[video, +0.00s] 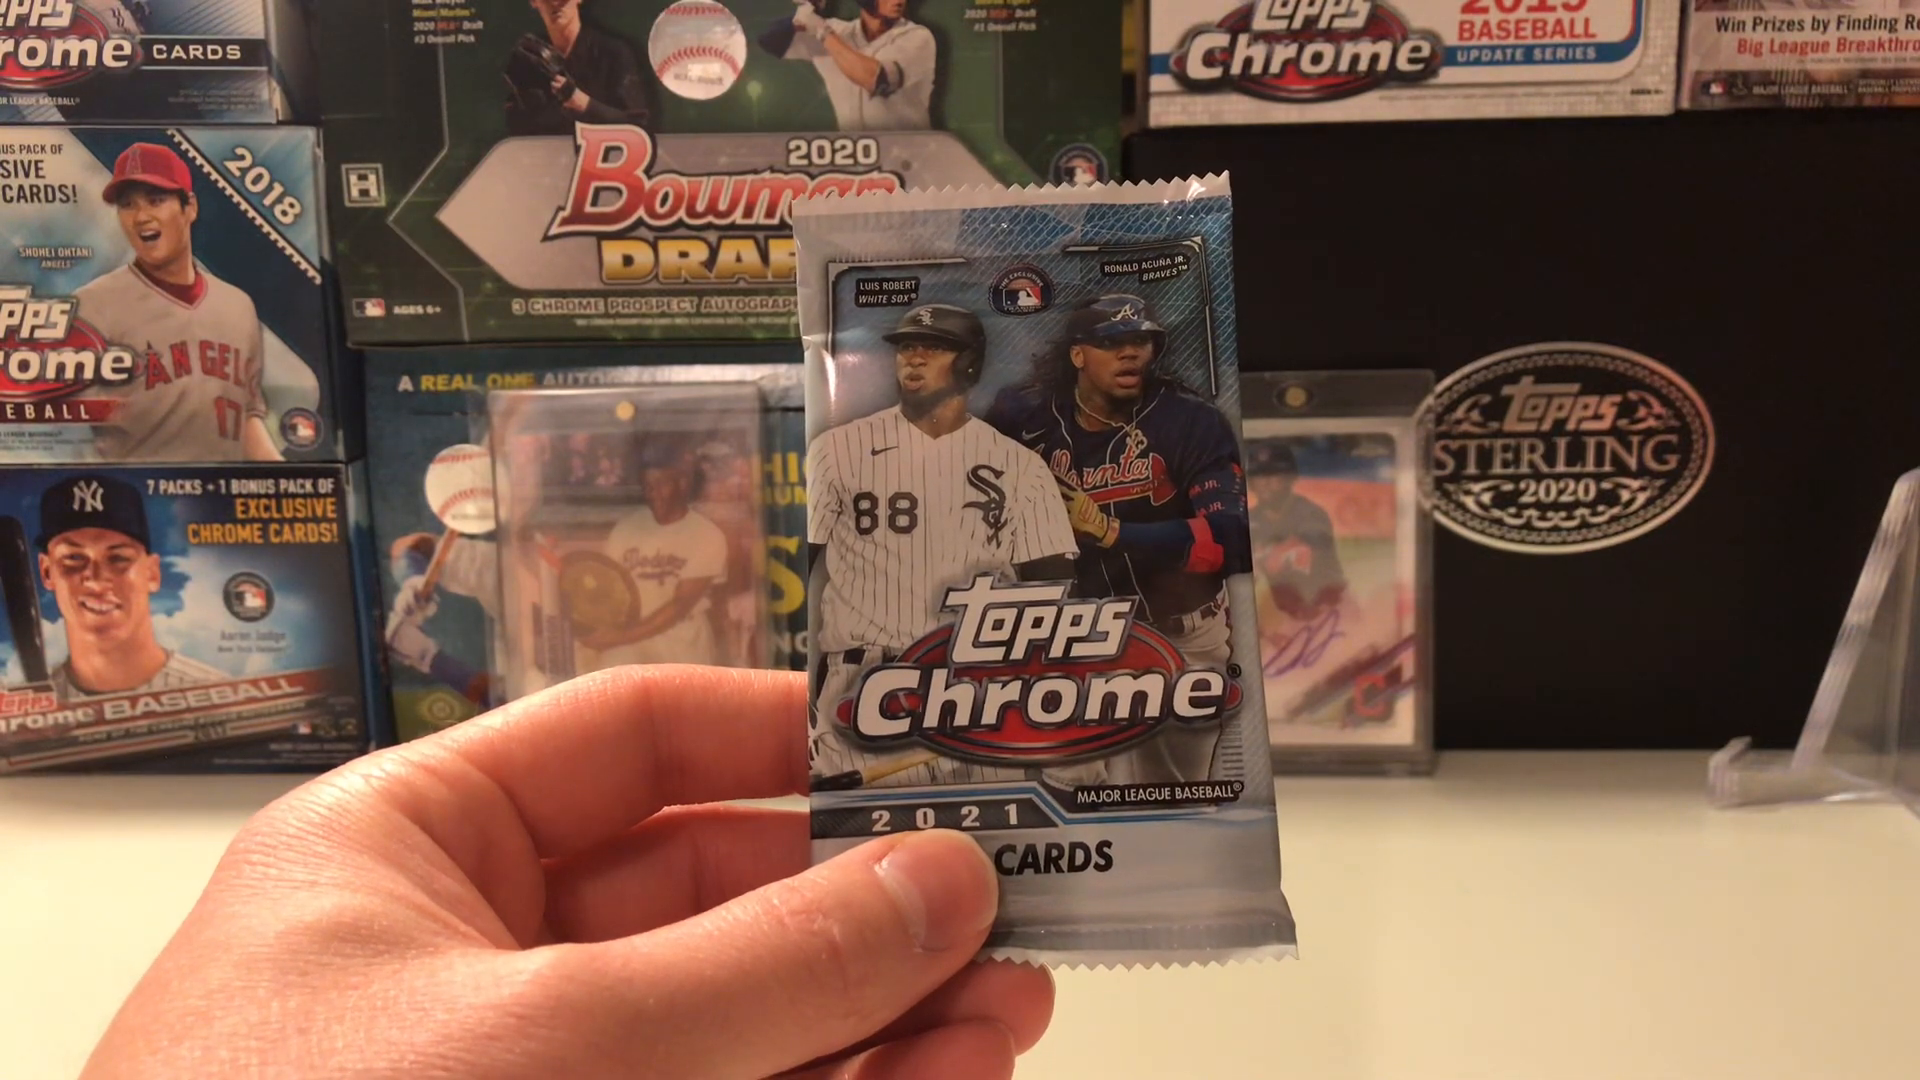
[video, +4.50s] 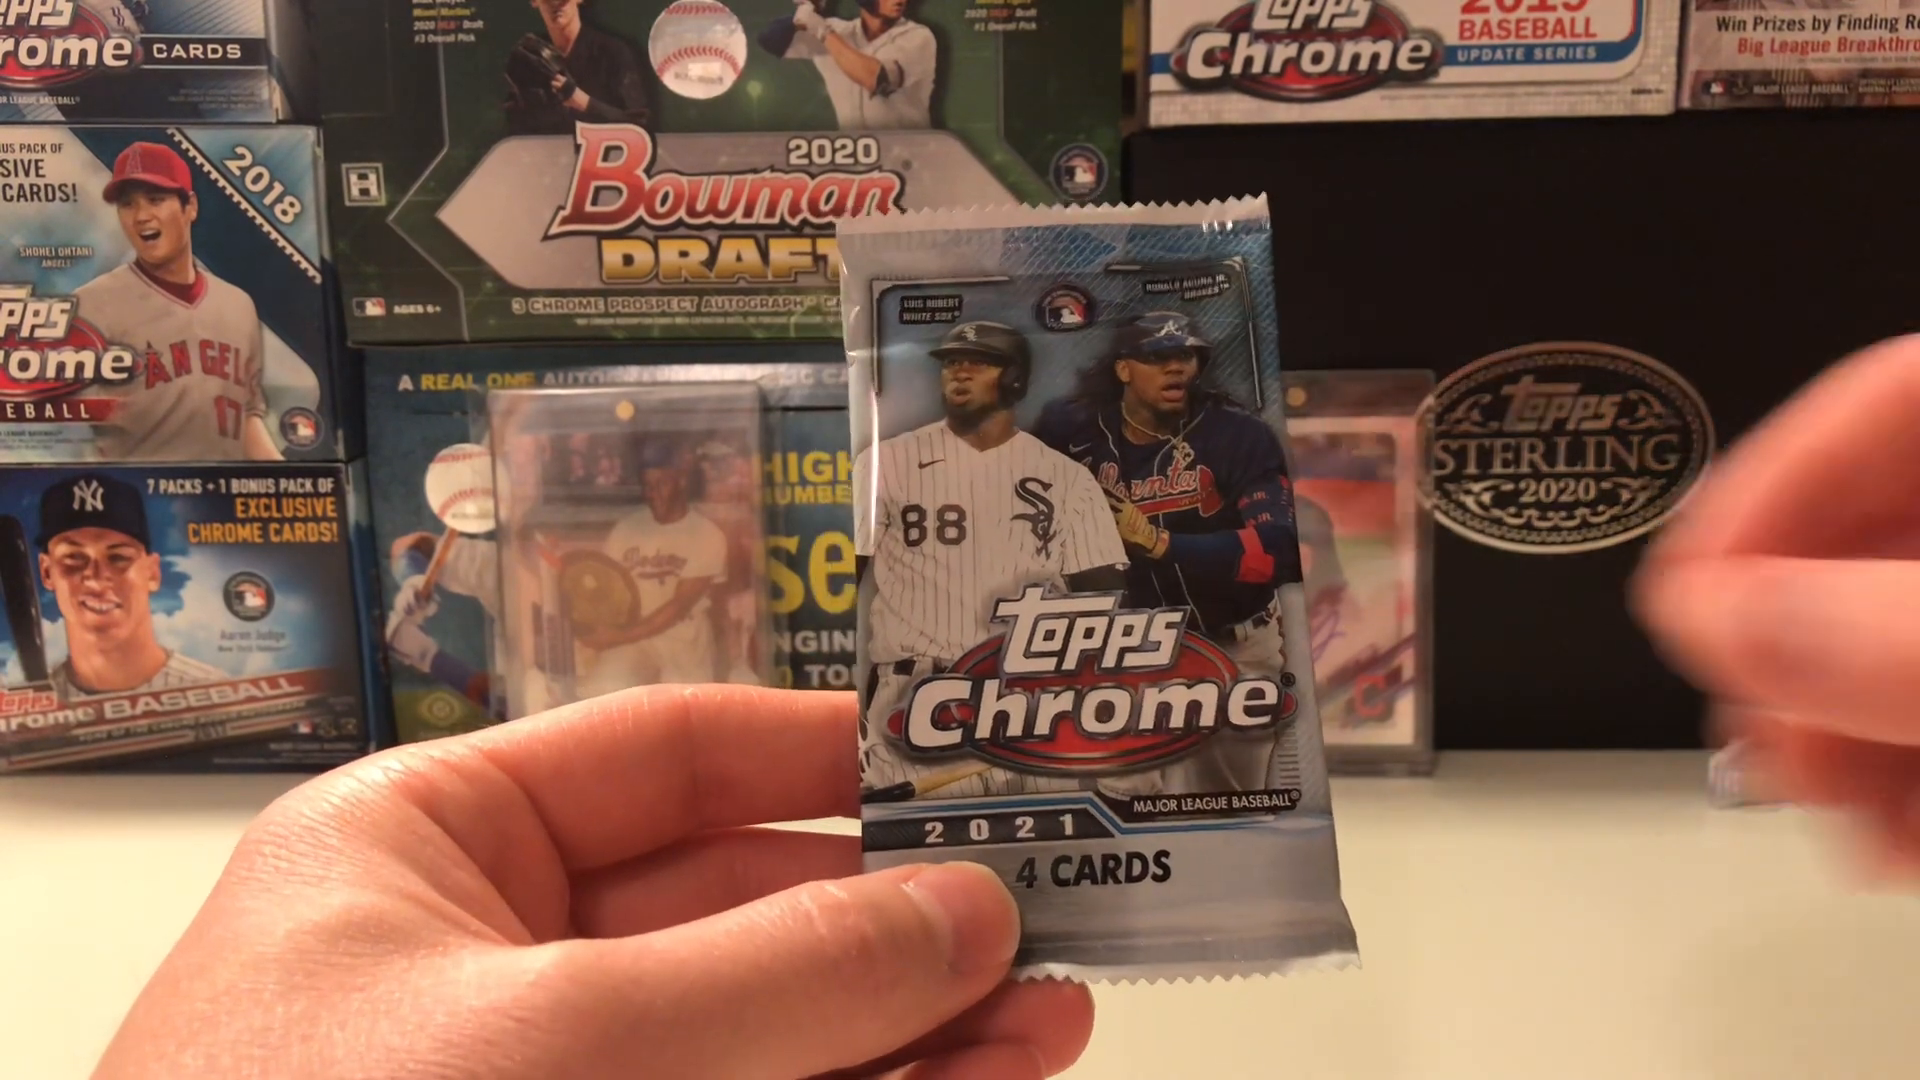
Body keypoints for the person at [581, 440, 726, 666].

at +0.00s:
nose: (653, 494)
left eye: (661, 484)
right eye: (647, 486)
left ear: (683, 484)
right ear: (642, 487)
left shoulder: (707, 536)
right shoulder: (625, 530)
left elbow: (680, 607)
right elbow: (605, 591)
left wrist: (619, 637)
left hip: (684, 660)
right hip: (627, 661)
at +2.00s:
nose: (653, 495)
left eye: (661, 485)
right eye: (648, 486)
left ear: (683, 484)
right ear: (642, 488)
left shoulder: (707, 536)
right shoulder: (624, 530)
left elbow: (680, 606)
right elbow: (604, 590)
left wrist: (618, 637)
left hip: (683, 640)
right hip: (627, 642)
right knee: (598, 701)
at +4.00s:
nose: (652, 495)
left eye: (661, 485)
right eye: (647, 486)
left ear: (682, 484)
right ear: (642, 489)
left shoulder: (707, 536)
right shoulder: (624, 530)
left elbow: (679, 606)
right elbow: (603, 588)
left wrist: (617, 637)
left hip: (683, 644)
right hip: (625, 644)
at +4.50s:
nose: (652, 495)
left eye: (659, 485)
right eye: (647, 486)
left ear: (681, 483)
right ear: (642, 488)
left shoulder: (707, 535)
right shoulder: (625, 530)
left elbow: (680, 606)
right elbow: (603, 588)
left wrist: (620, 636)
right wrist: (596, 627)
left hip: (684, 637)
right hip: (629, 638)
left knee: (687, 710)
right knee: (602, 696)